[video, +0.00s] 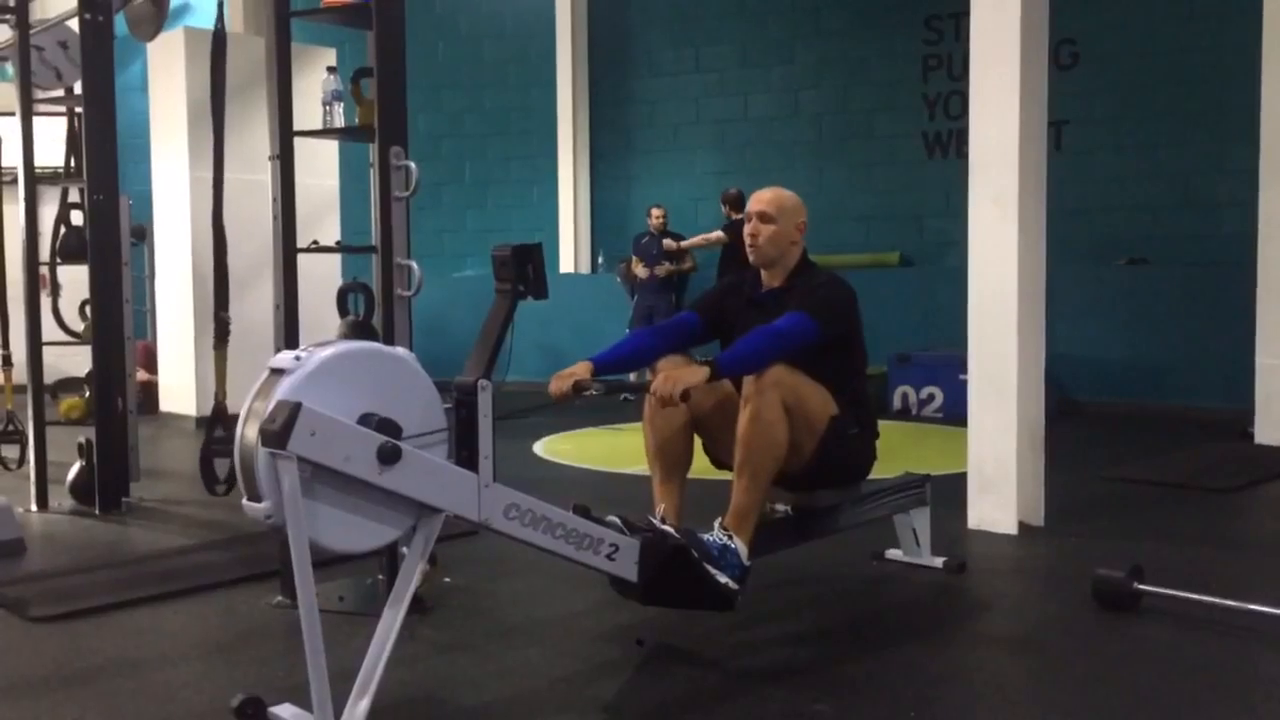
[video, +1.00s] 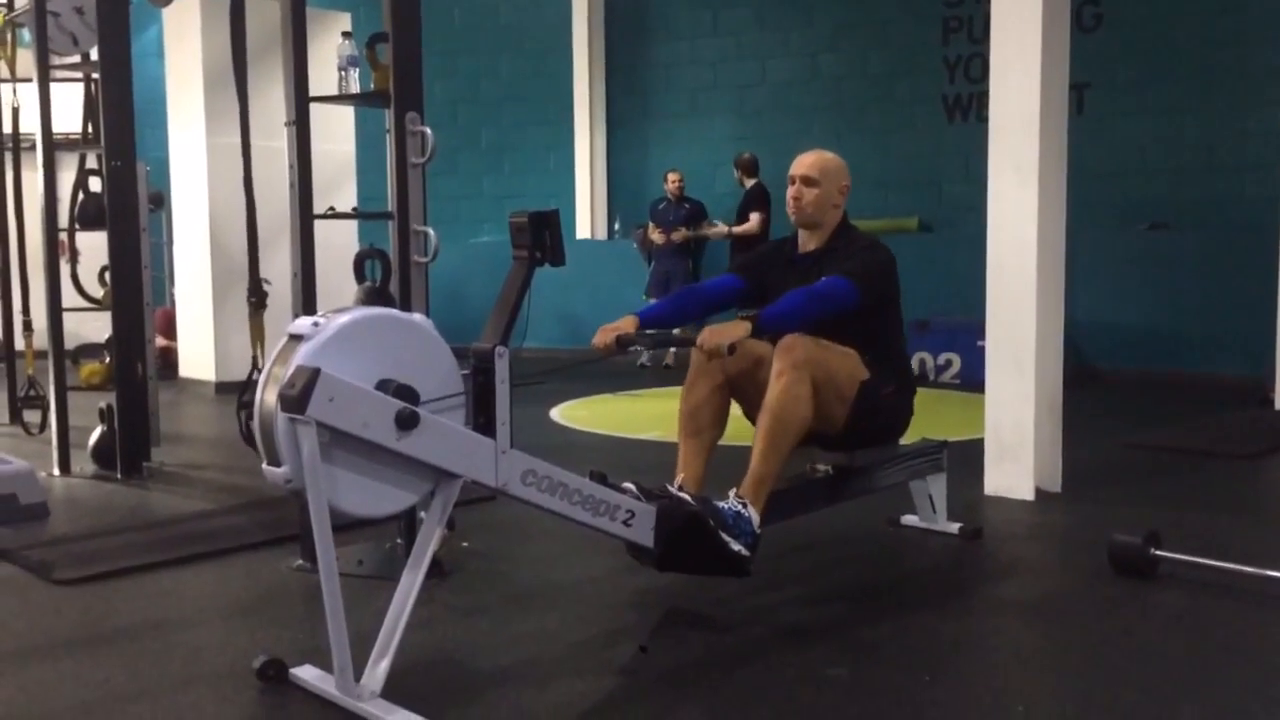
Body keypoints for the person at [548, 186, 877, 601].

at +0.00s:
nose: (750, 230)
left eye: (764, 220)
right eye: (747, 221)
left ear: (798, 232)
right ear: (741, 231)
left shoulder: (829, 293)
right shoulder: (735, 291)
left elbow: (780, 338)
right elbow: (669, 335)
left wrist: (709, 370)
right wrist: (591, 365)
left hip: (836, 453)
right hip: (761, 451)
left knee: (768, 379)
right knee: (670, 380)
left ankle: (734, 544)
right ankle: (666, 528)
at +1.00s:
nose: (793, 192)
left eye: (807, 183)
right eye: (791, 183)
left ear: (840, 196)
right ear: (785, 191)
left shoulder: (869, 257)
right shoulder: (775, 257)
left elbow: (820, 300)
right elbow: (709, 296)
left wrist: (751, 324)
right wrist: (637, 320)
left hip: (874, 407)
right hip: (799, 407)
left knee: (795, 349)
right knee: (712, 351)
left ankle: (746, 512)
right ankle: (684, 496)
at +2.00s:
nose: (893, 187)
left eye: (904, 177)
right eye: (887, 177)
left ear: (934, 178)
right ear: (882, 179)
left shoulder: (972, 234)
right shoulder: (871, 234)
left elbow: (1004, 309)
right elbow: (832, 310)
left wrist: (946, 281)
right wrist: (822, 287)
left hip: (922, 360)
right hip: (858, 351)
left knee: (834, 384)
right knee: (783, 378)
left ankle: (748, 493)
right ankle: (693, 476)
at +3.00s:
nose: (910, 188)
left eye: (923, 180)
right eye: (905, 179)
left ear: (951, 188)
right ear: (900, 186)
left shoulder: (972, 244)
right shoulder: (873, 247)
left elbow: (957, 295)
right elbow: (830, 297)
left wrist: (898, 299)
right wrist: (785, 304)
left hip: (923, 364)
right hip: (858, 356)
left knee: (832, 397)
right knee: (776, 391)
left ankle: (744, 501)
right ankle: (679, 484)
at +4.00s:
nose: (759, 205)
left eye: (773, 196)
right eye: (756, 195)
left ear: (807, 206)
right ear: (751, 200)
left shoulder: (840, 258)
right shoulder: (751, 258)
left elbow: (800, 306)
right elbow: (693, 298)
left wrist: (723, 326)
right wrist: (610, 323)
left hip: (865, 410)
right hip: (793, 412)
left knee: (795, 345)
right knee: (698, 349)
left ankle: (740, 507)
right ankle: (680, 490)